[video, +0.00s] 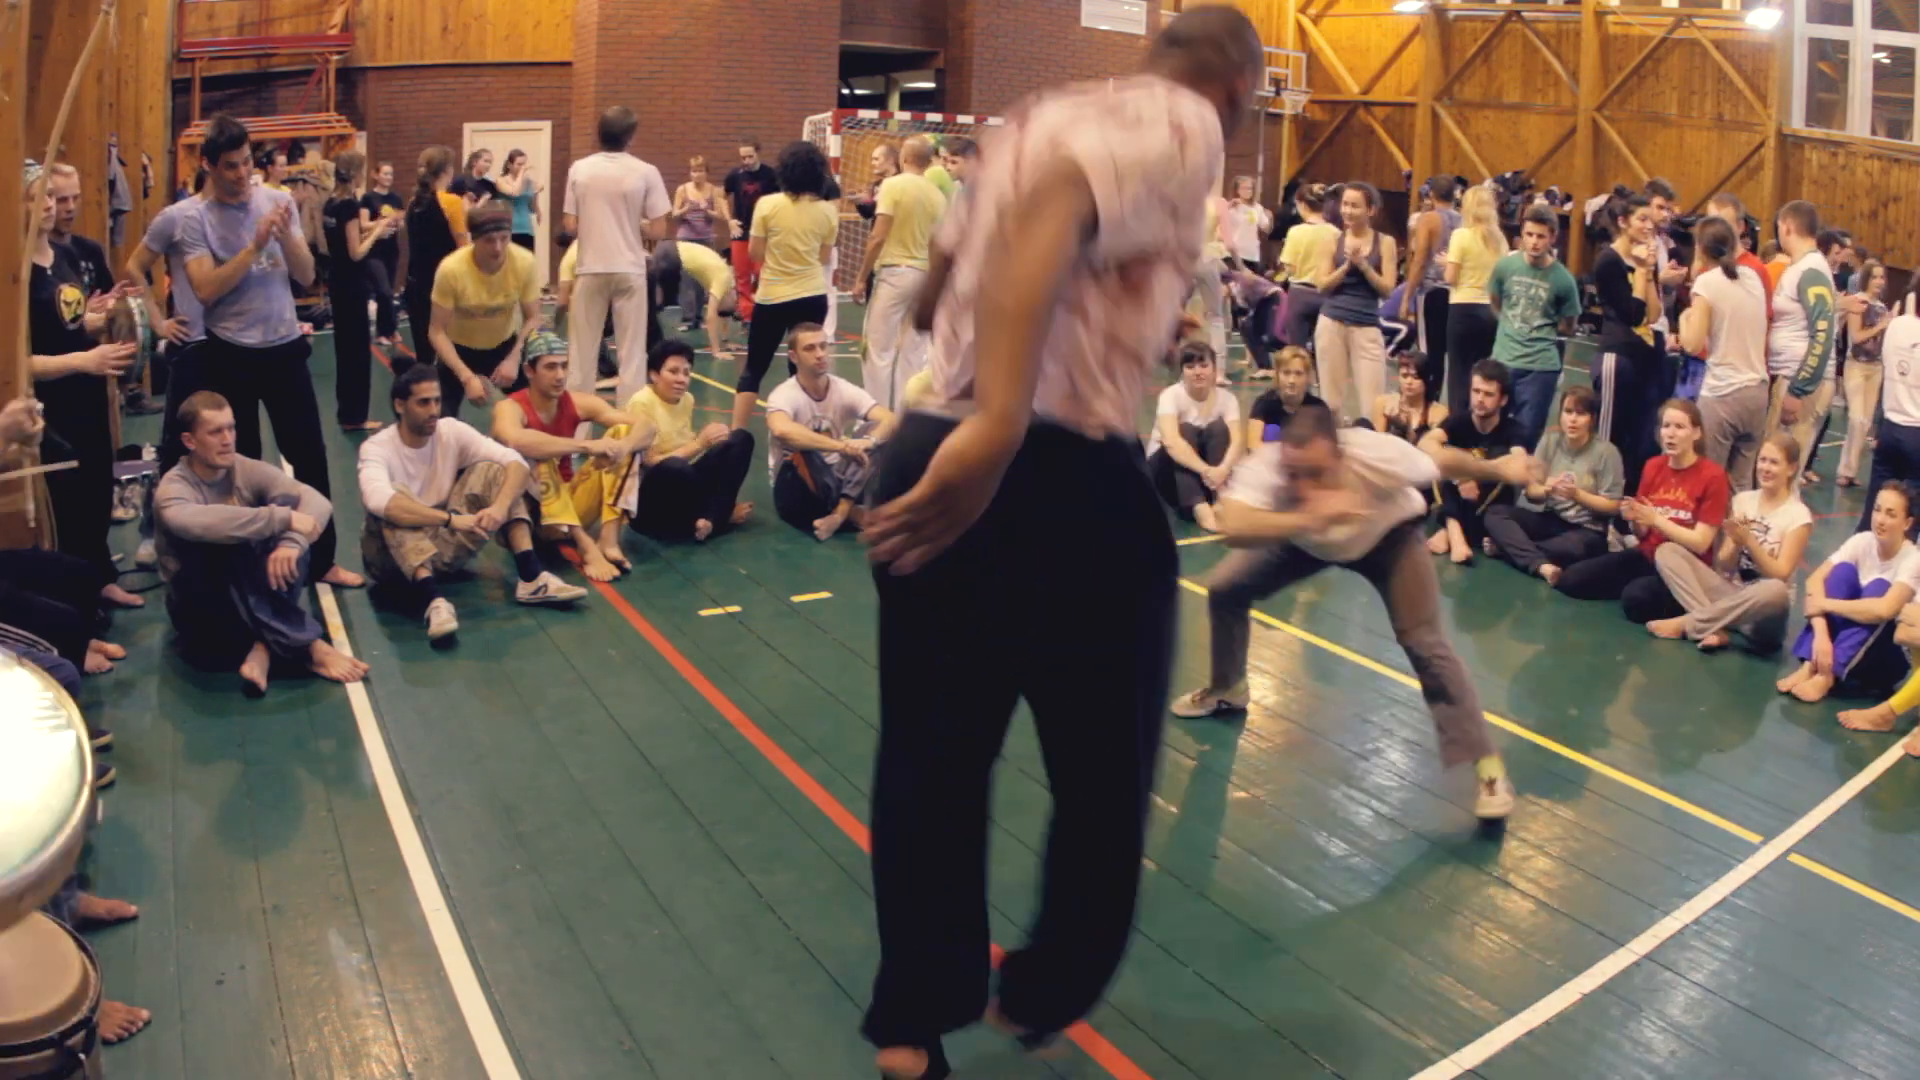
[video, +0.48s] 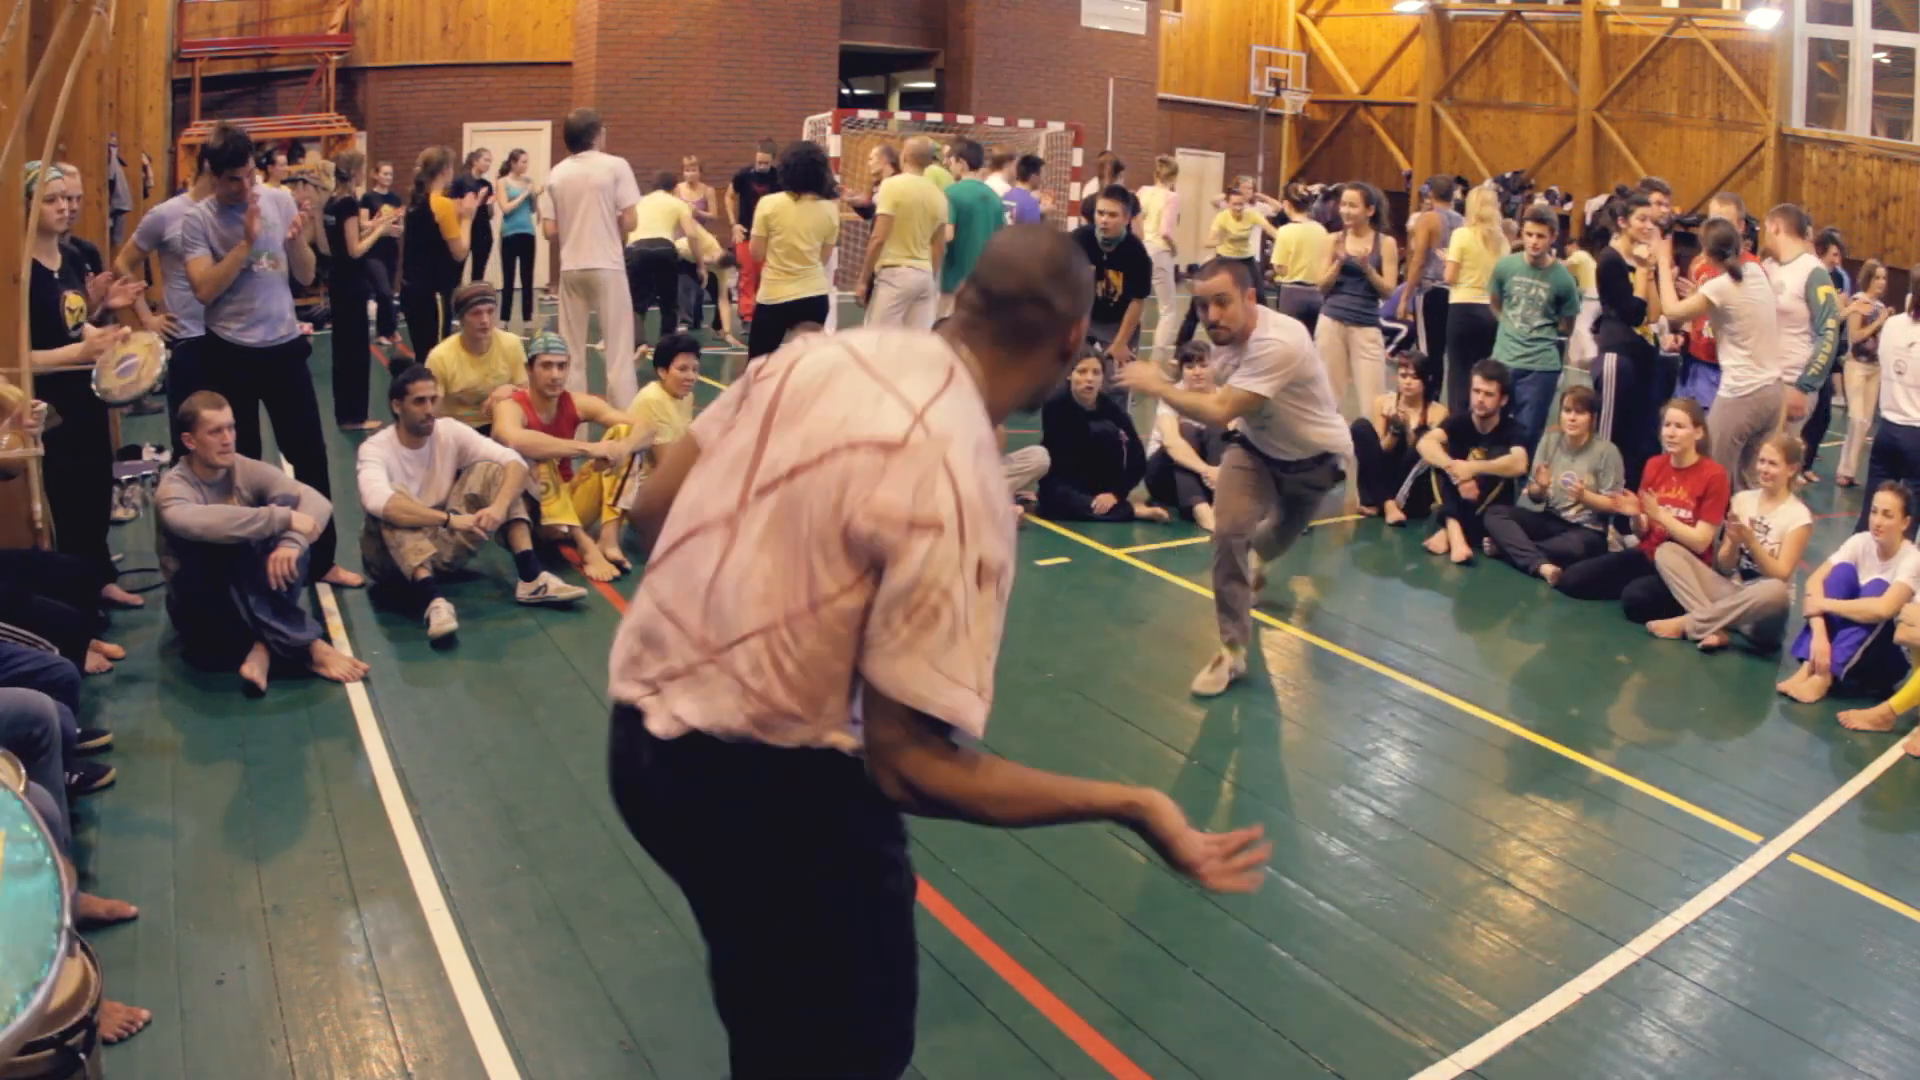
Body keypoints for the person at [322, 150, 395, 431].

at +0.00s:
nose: (369, 177)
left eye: (369, 171)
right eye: (367, 171)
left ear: (340, 171)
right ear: (357, 174)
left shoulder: (330, 205)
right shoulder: (349, 207)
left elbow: (344, 243)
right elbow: (356, 251)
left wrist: (373, 230)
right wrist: (376, 232)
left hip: (338, 279)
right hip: (353, 282)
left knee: (347, 343)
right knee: (358, 346)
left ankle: (347, 411)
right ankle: (355, 416)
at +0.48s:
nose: (369, 176)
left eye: (368, 170)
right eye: (366, 170)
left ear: (342, 170)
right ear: (355, 172)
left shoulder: (332, 204)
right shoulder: (348, 205)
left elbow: (345, 243)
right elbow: (355, 249)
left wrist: (373, 226)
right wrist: (380, 229)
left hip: (339, 278)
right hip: (352, 281)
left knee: (346, 343)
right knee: (356, 344)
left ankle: (347, 413)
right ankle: (354, 416)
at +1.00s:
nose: (364, 174)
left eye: (362, 168)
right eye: (361, 169)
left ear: (338, 171)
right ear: (352, 172)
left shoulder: (329, 203)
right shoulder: (347, 202)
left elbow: (333, 245)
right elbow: (353, 247)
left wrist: (368, 228)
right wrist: (372, 229)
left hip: (337, 276)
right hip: (350, 277)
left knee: (343, 340)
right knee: (353, 342)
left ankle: (343, 409)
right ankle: (351, 414)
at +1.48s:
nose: (361, 176)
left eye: (360, 171)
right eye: (359, 171)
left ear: (334, 173)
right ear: (350, 173)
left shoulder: (325, 204)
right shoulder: (346, 202)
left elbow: (337, 244)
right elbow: (353, 245)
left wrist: (362, 225)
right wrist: (375, 228)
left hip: (335, 280)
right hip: (350, 281)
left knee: (343, 342)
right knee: (358, 343)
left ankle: (342, 408)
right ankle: (356, 413)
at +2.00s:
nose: (368, 175)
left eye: (366, 169)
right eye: (365, 169)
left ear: (340, 171)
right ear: (356, 172)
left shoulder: (332, 203)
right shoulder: (350, 203)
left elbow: (346, 243)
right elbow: (359, 246)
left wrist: (375, 226)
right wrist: (376, 226)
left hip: (340, 280)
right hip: (356, 282)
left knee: (346, 342)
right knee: (359, 344)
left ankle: (344, 409)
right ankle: (354, 413)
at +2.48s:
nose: (370, 174)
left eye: (369, 169)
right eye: (367, 169)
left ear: (343, 172)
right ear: (356, 172)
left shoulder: (336, 203)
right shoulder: (352, 203)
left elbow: (353, 241)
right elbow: (361, 246)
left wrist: (376, 225)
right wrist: (384, 226)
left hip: (344, 281)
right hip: (357, 283)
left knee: (349, 343)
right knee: (360, 345)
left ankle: (347, 411)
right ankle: (355, 414)